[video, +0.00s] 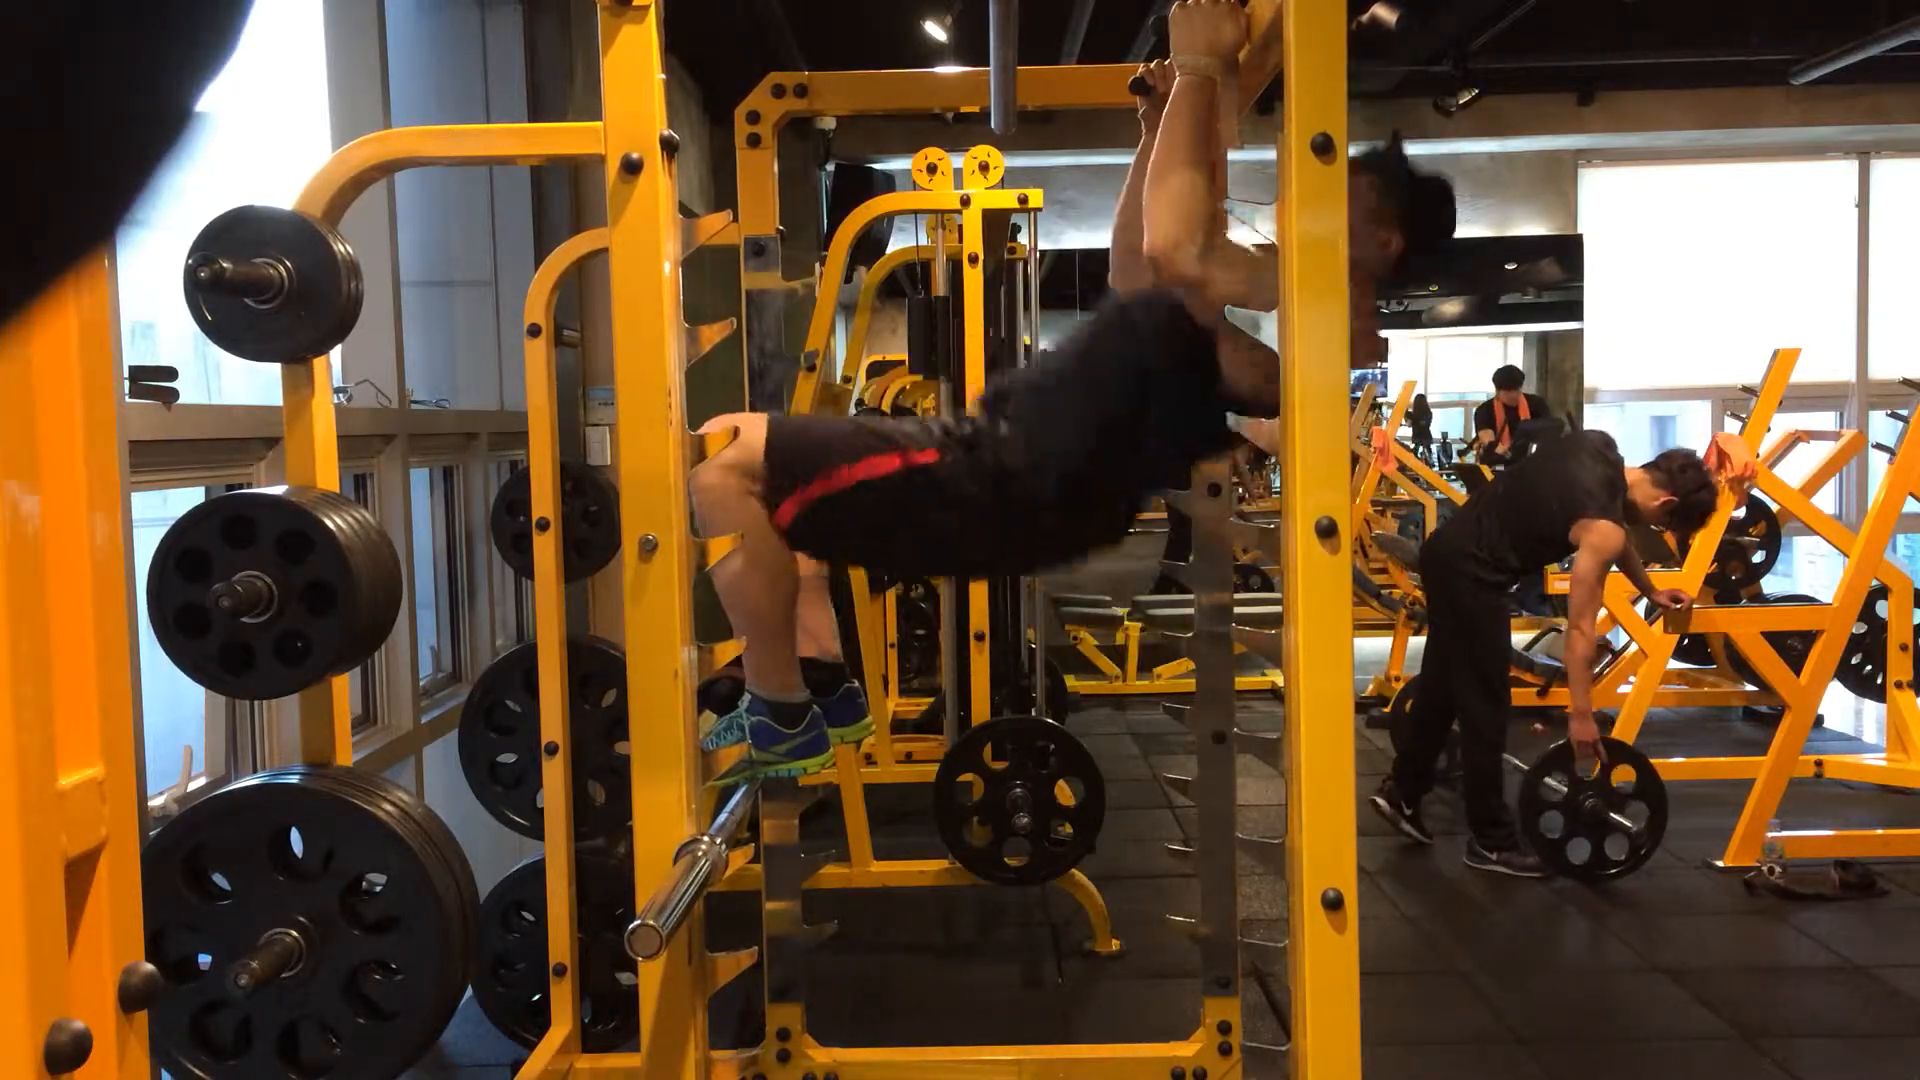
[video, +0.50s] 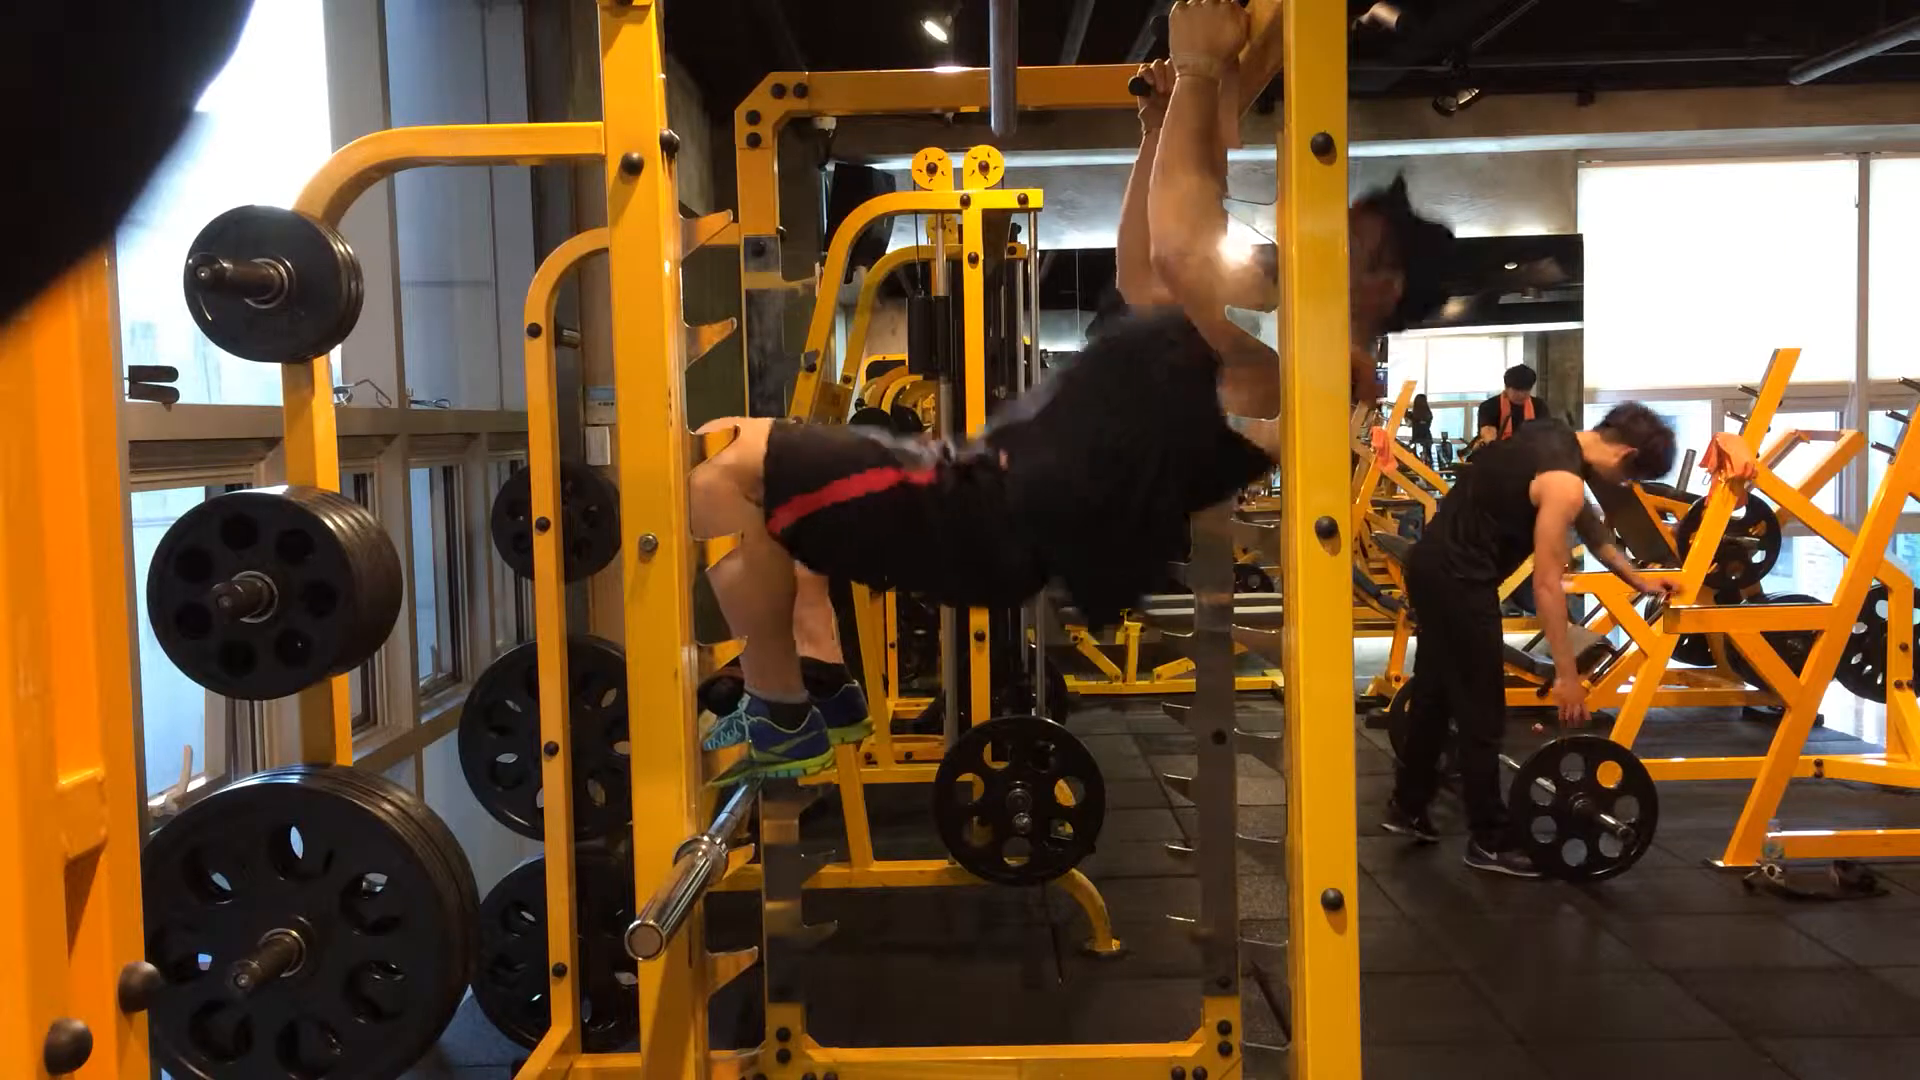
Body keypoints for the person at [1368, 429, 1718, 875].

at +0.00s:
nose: (1655, 528)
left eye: (1662, 526)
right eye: (1663, 523)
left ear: (1647, 466)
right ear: (1663, 501)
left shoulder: (1596, 445)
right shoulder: (1602, 526)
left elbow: (1611, 533)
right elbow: (1580, 630)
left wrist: (1649, 589)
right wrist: (1581, 714)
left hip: (1448, 552)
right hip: (1474, 578)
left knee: (1441, 685)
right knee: (1488, 706)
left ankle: (1402, 792)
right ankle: (1490, 837)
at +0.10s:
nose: (1651, 527)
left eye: (1658, 525)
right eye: (1659, 522)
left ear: (1643, 469)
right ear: (1659, 500)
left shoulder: (1593, 447)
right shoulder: (1598, 525)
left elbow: (1613, 532)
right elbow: (1574, 626)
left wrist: (1650, 589)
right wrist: (1576, 711)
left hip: (1446, 555)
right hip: (1471, 580)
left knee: (1440, 687)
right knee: (1486, 708)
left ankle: (1401, 793)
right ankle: (1490, 838)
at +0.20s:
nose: (1644, 525)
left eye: (1651, 524)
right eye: (1652, 521)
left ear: (1642, 473)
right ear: (1653, 496)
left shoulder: (1588, 447)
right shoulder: (1591, 522)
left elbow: (1611, 529)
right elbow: (1569, 624)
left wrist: (1649, 589)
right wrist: (1573, 708)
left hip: (1446, 554)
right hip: (1468, 577)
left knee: (1440, 687)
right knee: (1483, 707)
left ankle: (1401, 794)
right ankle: (1490, 838)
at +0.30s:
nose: (1636, 514)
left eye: (1644, 514)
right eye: (1644, 511)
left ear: (1640, 466)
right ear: (1645, 486)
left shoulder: (1575, 442)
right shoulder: (1583, 511)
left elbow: (1608, 528)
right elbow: (1565, 613)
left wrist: (1650, 589)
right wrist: (1571, 700)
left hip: (1442, 558)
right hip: (1463, 578)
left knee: (1438, 691)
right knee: (1483, 708)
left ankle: (1400, 799)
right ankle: (1490, 838)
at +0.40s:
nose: (1627, 498)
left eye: (1637, 496)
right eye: (1637, 493)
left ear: (1627, 448)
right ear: (1636, 470)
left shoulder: (1561, 437)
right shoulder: (1574, 499)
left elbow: (1606, 523)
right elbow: (1555, 599)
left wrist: (1647, 586)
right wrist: (1570, 691)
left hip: (1439, 561)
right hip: (1462, 579)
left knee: (1435, 694)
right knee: (1482, 709)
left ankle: (1399, 802)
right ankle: (1490, 838)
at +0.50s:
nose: (1618, 482)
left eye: (1627, 477)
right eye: (1626, 475)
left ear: (1613, 437)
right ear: (1623, 453)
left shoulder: (1549, 435)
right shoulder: (1562, 483)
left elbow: (1592, 526)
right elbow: (1547, 584)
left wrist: (1636, 578)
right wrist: (1566, 674)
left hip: (1433, 565)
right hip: (1462, 581)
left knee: (1433, 693)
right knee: (1483, 710)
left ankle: (1406, 807)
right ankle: (1490, 838)